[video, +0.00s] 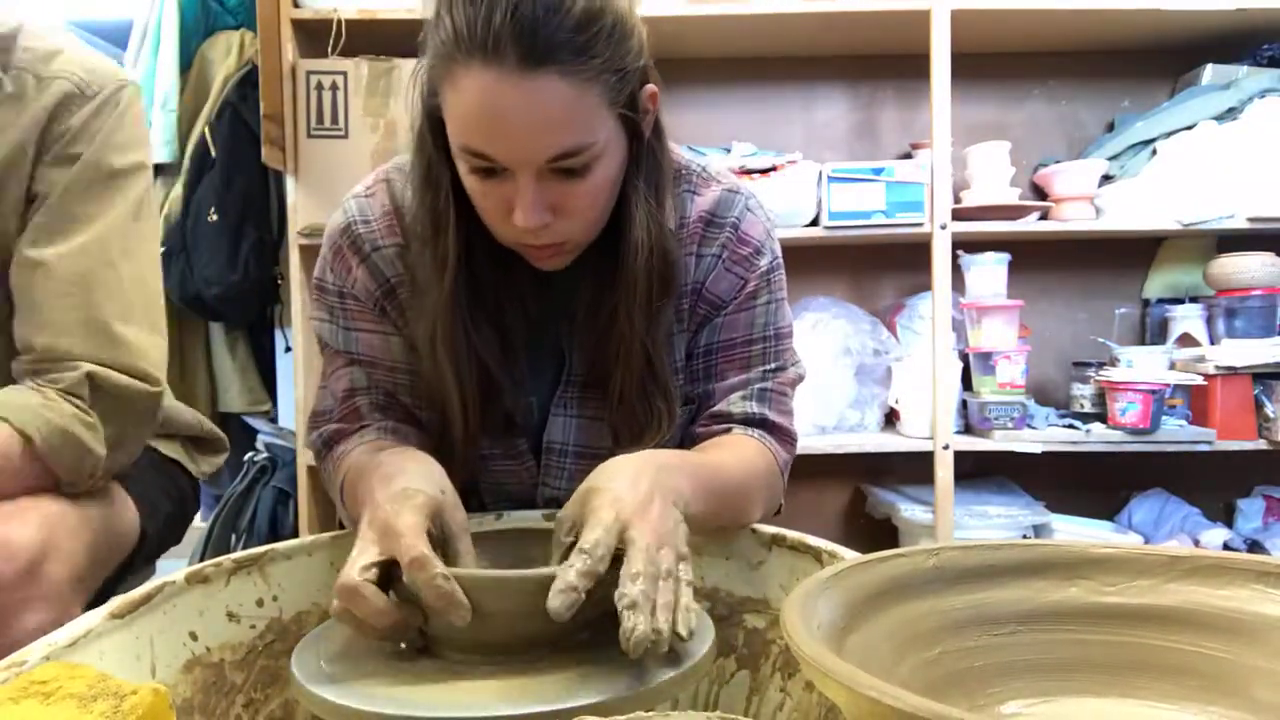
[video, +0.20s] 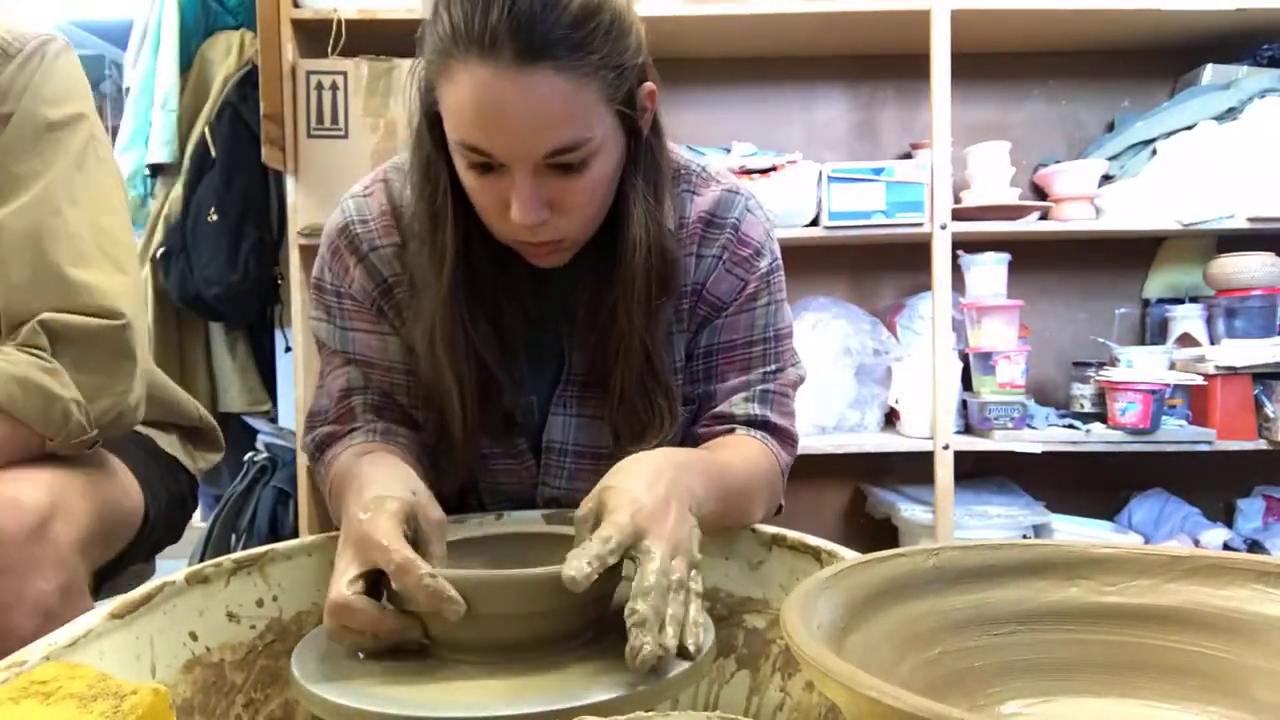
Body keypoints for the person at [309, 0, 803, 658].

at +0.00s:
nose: (527, 215)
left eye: (571, 169)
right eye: (484, 170)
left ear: (642, 118)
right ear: (442, 132)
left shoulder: (722, 230)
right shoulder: (375, 234)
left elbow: (758, 450)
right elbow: (355, 422)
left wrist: (667, 476)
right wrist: (389, 477)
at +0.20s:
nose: (525, 213)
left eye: (567, 165)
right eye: (483, 166)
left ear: (639, 116)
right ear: (441, 130)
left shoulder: (720, 231)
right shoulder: (374, 233)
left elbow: (756, 443)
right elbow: (357, 418)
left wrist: (682, 478)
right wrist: (374, 486)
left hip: (642, 612)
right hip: (445, 613)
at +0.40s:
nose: (496, 99)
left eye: (531, 55)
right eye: (457, 67)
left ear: (603, 51)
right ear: (427, 78)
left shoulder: (705, 221)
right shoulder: (380, 234)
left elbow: (743, 425)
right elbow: (394, 421)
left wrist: (682, 480)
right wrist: (376, 493)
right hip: (458, 609)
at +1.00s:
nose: (529, 186)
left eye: (570, 144)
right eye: (492, 145)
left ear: (636, 113)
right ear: (454, 124)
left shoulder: (720, 227)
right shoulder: (401, 232)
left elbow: (750, 435)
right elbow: (382, 402)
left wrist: (689, 485)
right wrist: (377, 485)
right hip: (464, 570)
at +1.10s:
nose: (517, 192)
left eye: (557, 149)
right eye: (479, 152)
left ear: (626, 116)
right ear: (442, 131)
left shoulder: (717, 233)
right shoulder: (394, 237)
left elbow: (749, 430)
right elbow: (370, 406)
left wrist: (708, 484)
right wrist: (353, 484)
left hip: (643, 586)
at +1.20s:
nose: (554, 179)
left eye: (595, 139)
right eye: (518, 134)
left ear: (662, 112)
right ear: (482, 110)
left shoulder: (729, 231)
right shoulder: (408, 217)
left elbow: (753, 428)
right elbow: (311, 380)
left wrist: (697, 504)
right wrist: (367, 447)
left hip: (646, 594)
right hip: (445, 588)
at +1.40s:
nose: (557, 192)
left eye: (599, 154)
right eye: (524, 147)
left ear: (669, 122)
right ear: (488, 117)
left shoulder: (733, 237)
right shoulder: (414, 223)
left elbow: (755, 428)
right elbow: (341, 380)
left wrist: (700, 498)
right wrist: (381, 438)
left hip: (650, 584)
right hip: (456, 576)